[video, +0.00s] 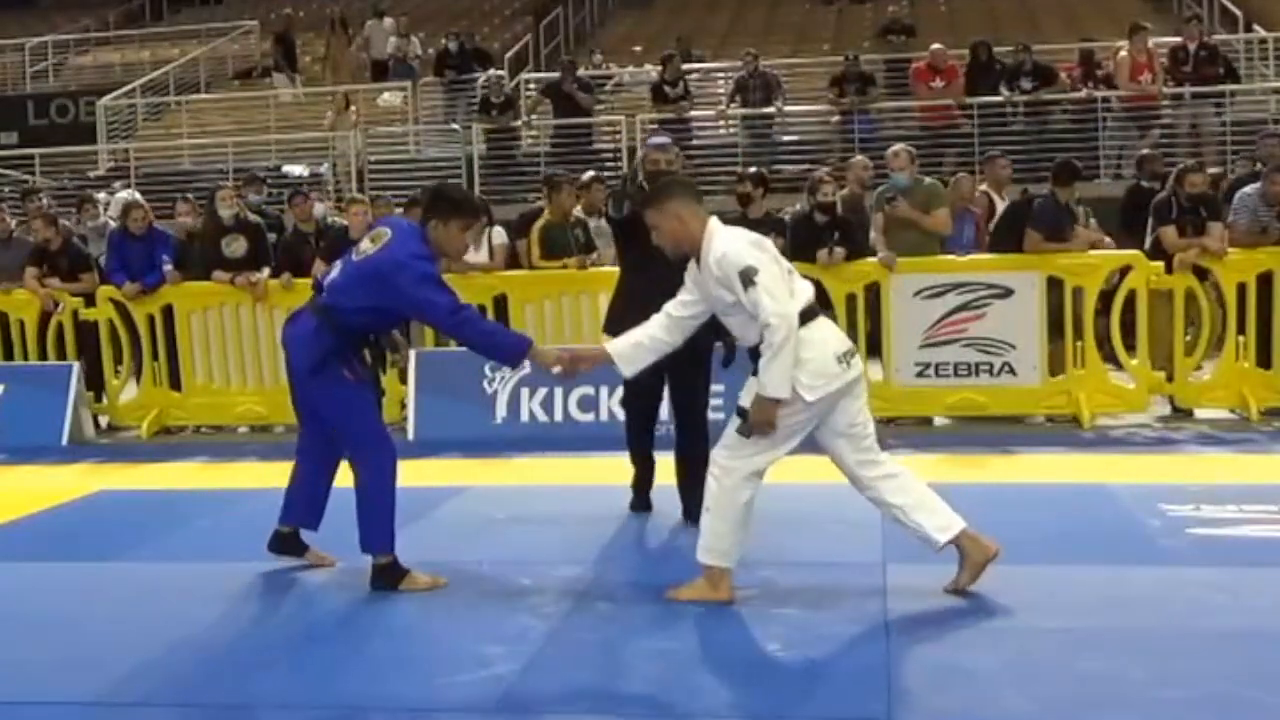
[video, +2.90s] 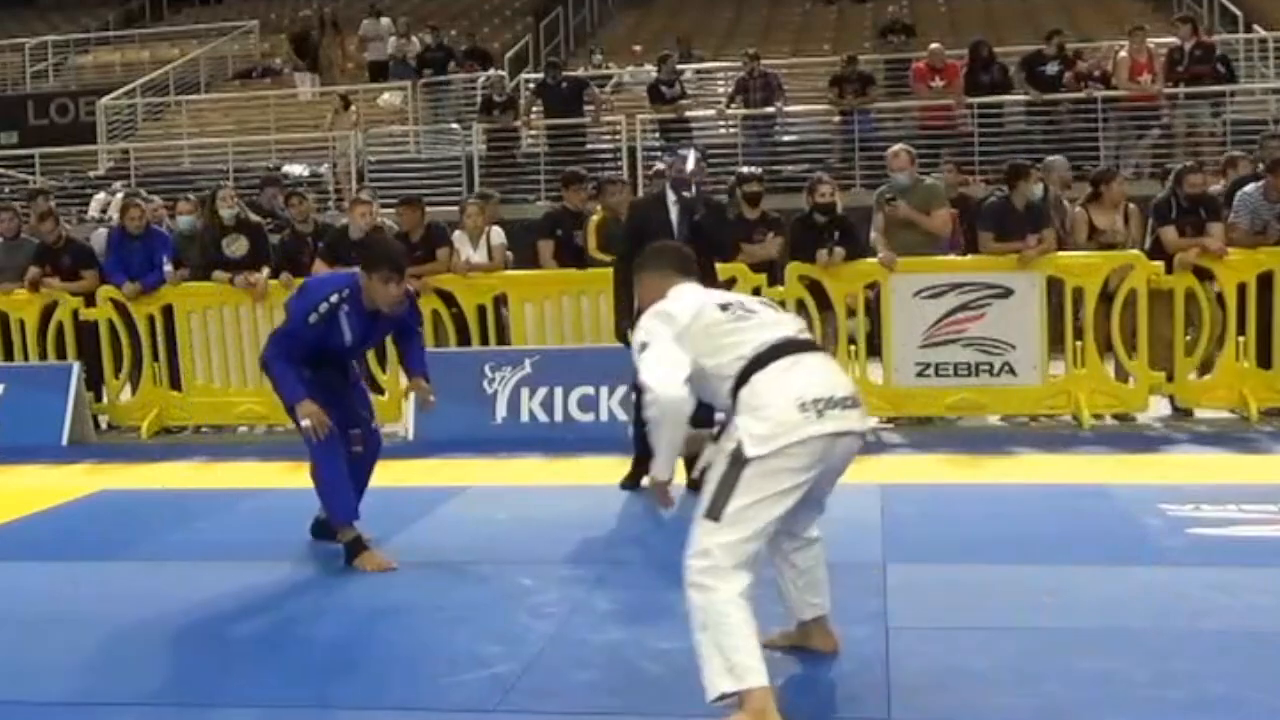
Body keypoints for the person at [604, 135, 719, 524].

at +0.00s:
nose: (659, 169)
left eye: (666, 162)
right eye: (651, 162)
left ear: (678, 165)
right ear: (640, 165)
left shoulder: (689, 203)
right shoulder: (627, 204)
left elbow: (714, 267)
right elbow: (618, 209)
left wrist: (726, 329)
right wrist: (640, 177)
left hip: (690, 316)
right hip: (637, 315)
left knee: (692, 417)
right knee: (640, 410)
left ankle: (694, 502)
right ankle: (641, 482)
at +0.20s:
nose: (644, 168)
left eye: (650, 161)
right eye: (637, 162)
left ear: (662, 166)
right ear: (624, 169)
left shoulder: (681, 208)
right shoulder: (617, 209)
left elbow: (697, 269)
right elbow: (608, 229)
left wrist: (711, 322)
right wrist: (611, 203)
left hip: (682, 326)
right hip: (633, 328)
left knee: (686, 417)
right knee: (638, 416)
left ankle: (694, 502)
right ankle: (641, 495)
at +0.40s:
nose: (636, 169)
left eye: (642, 162)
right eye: (629, 163)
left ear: (654, 166)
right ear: (618, 169)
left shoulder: (676, 205)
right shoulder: (601, 214)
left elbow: (694, 263)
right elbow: (588, 264)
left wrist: (707, 316)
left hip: (679, 324)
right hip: (630, 327)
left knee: (686, 412)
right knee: (636, 415)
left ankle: (694, 492)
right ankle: (641, 493)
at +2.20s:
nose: (636, 175)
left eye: (643, 169)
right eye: (630, 168)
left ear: (654, 173)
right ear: (619, 172)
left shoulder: (674, 210)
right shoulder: (602, 216)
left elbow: (693, 261)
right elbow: (592, 273)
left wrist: (679, 296)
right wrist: (591, 323)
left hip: (670, 318)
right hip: (625, 321)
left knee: (680, 399)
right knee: (633, 402)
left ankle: (690, 477)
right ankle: (638, 473)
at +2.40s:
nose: (645, 175)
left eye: (652, 169)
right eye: (639, 168)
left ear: (662, 174)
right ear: (626, 170)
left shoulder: (675, 209)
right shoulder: (604, 215)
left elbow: (698, 259)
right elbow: (593, 273)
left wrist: (676, 238)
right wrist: (593, 325)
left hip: (673, 317)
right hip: (627, 320)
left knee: (685, 398)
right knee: (635, 401)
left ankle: (697, 475)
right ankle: (639, 473)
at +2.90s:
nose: (685, 180)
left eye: (692, 173)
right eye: (679, 173)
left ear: (701, 175)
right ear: (666, 172)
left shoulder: (711, 209)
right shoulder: (643, 210)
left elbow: (727, 250)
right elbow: (625, 265)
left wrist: (699, 207)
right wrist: (624, 316)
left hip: (703, 306)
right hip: (653, 308)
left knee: (703, 393)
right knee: (647, 390)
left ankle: (699, 467)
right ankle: (642, 461)